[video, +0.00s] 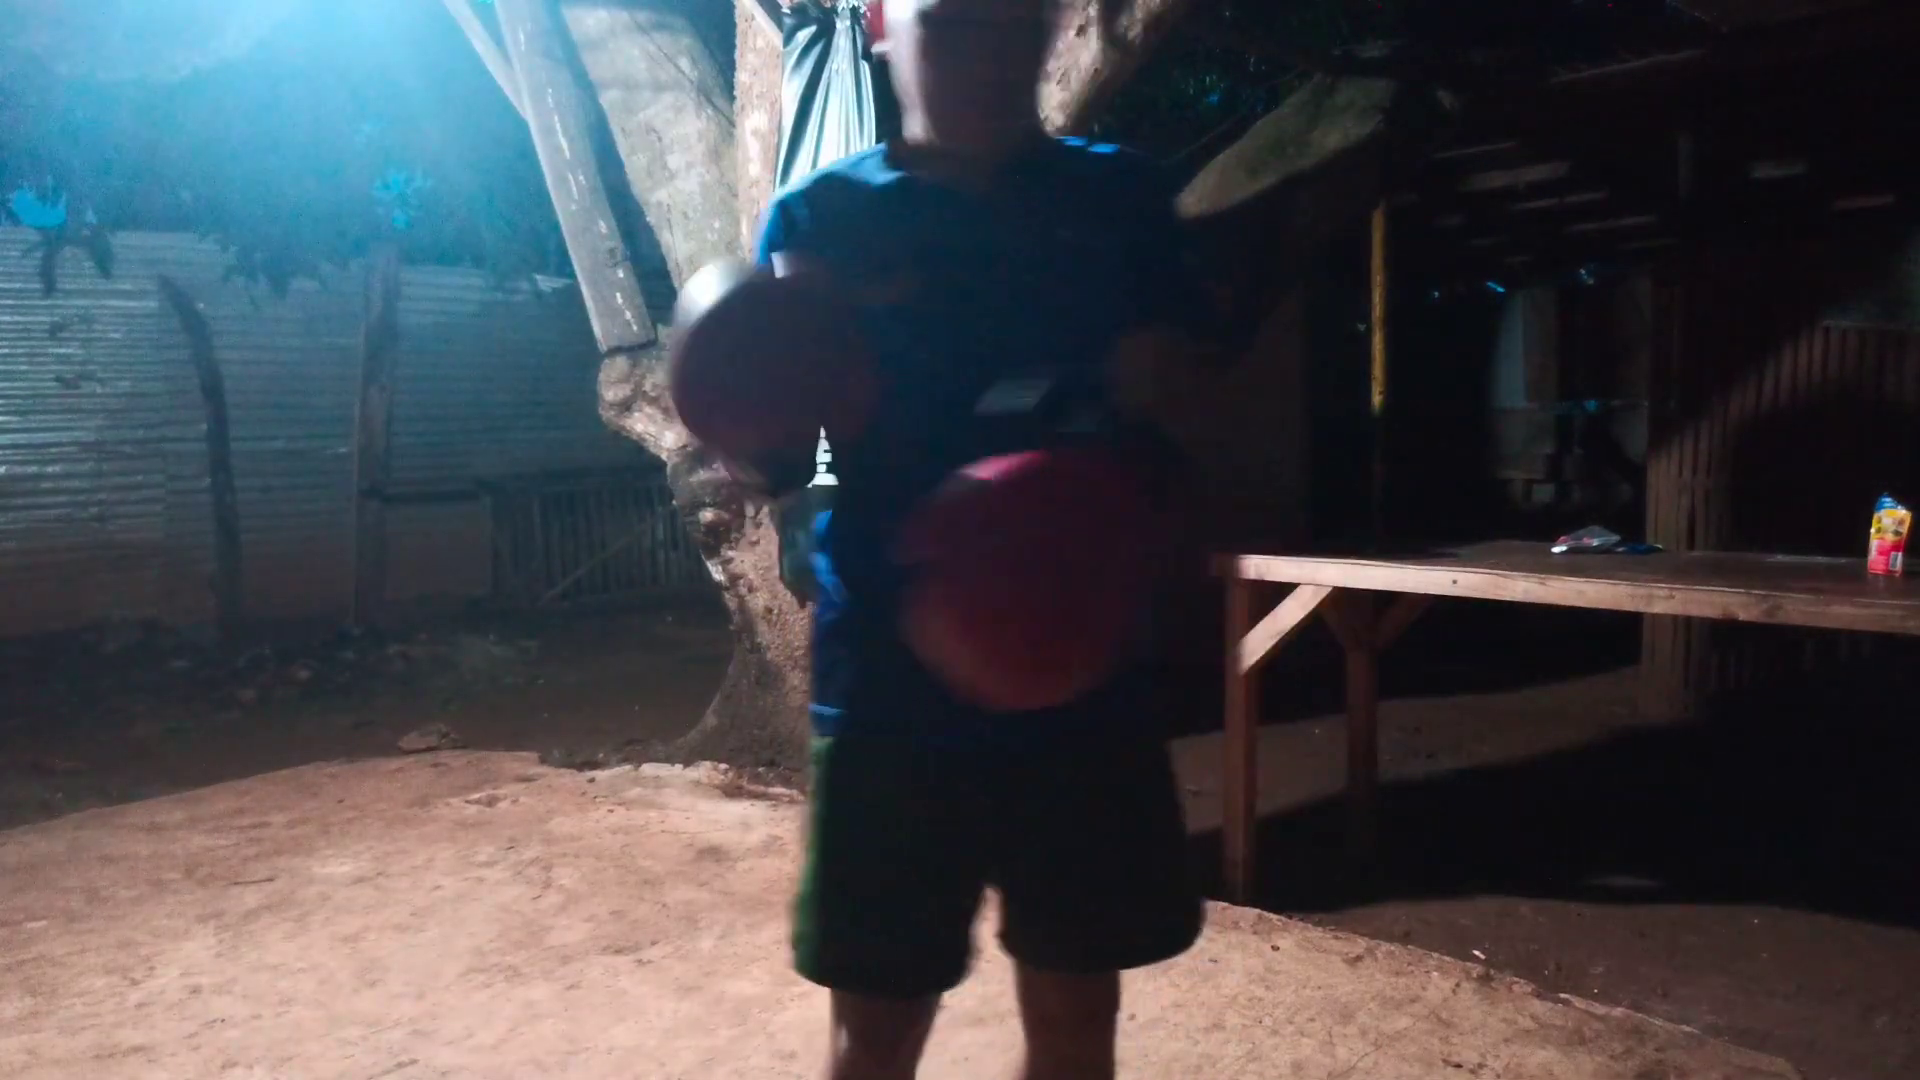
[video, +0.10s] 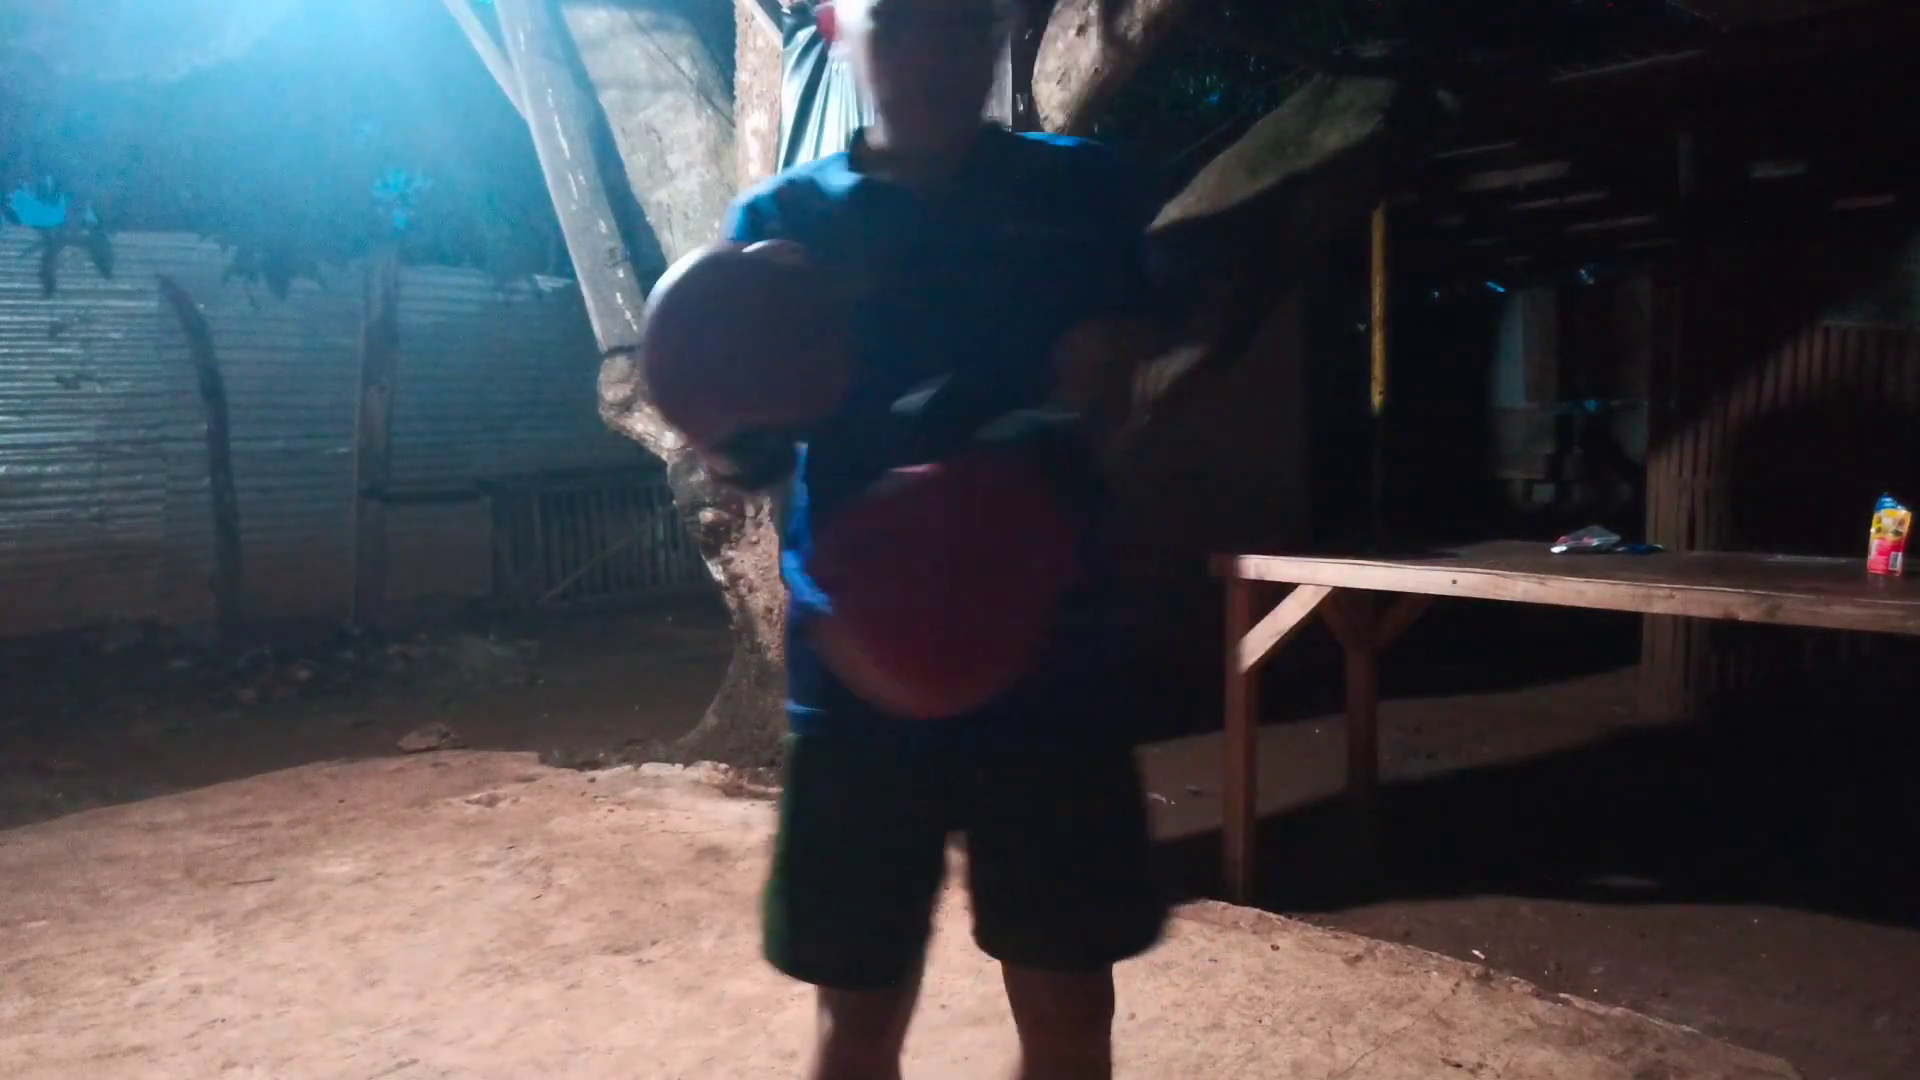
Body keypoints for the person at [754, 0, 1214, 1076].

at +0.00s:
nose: (974, 44)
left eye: (1004, 18)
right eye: (943, 19)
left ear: (1049, 32)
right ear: (880, 33)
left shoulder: (1123, 199)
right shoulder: (829, 215)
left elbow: (1182, 421)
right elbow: (773, 460)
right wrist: (756, 411)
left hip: (1087, 685)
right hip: (889, 695)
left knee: (1074, 1022)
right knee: (877, 1036)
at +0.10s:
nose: (926, 59)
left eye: (957, 28)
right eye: (897, 28)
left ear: (1000, 37)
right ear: (843, 38)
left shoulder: (1080, 188)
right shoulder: (789, 217)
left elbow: (1104, 408)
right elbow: (745, 457)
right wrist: (734, 426)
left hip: (1051, 664)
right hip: (857, 673)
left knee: (1065, 1009)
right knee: (859, 1016)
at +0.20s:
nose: (880, 52)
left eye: (910, 24)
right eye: (852, 25)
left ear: (958, 44)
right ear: (798, 42)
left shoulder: (1040, 187)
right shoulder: (749, 219)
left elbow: (1055, 396)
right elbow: (697, 429)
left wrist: (948, 494)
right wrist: (728, 526)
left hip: (1016, 649)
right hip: (826, 662)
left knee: (1081, 1007)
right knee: (842, 1010)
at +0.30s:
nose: (843, 55)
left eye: (870, 29)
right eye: (816, 31)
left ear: (917, 41)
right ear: (777, 50)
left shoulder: (1010, 185)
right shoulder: (723, 223)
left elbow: (1013, 399)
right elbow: (721, 436)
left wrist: (896, 518)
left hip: (999, 632)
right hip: (813, 645)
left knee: (1085, 999)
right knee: (838, 1002)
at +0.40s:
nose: (830, 42)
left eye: (855, 16)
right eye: (797, 18)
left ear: (896, 33)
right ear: (750, 43)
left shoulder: (989, 180)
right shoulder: (700, 233)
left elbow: (993, 408)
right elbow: (677, 450)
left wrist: (875, 554)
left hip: (986, 639)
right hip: (802, 655)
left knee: (1070, 997)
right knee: (834, 1003)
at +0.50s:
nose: (816, 56)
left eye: (843, 30)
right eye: (785, 32)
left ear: (891, 41)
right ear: (741, 56)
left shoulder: (980, 186)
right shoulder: (698, 242)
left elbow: (990, 415)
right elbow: (663, 467)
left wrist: (890, 573)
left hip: (978, 633)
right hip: (794, 647)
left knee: (1038, 993)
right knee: (828, 996)